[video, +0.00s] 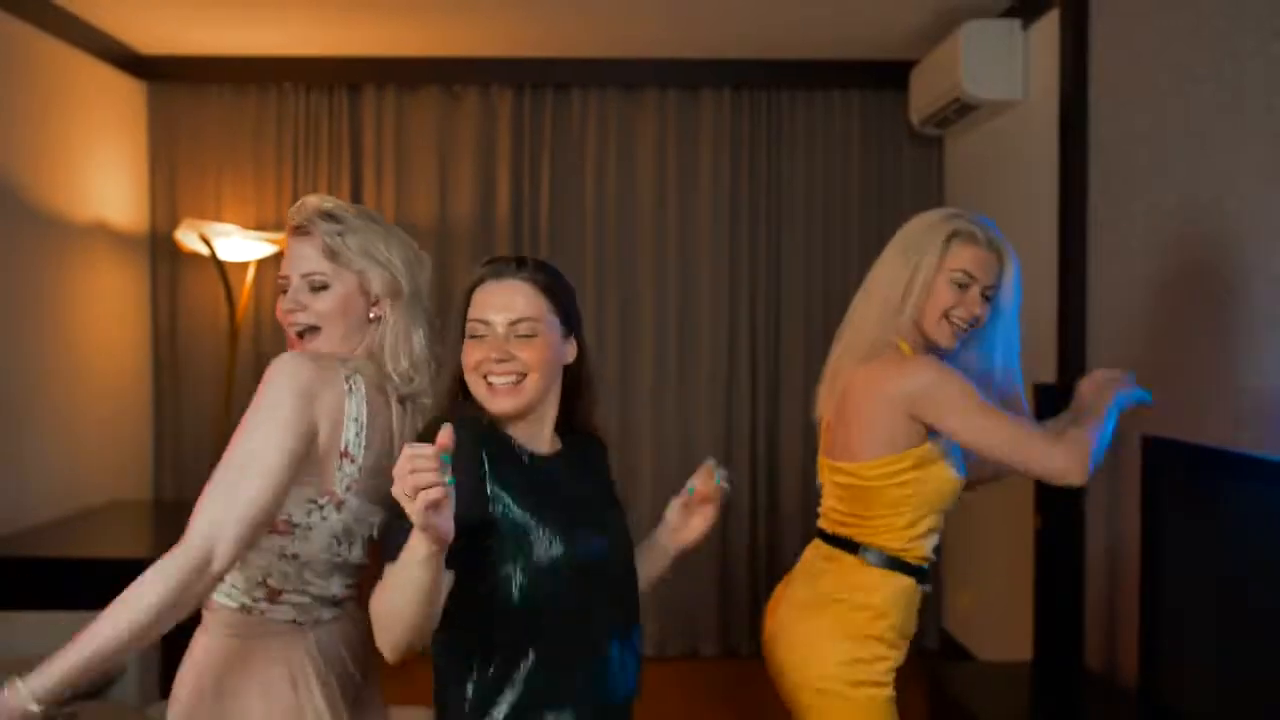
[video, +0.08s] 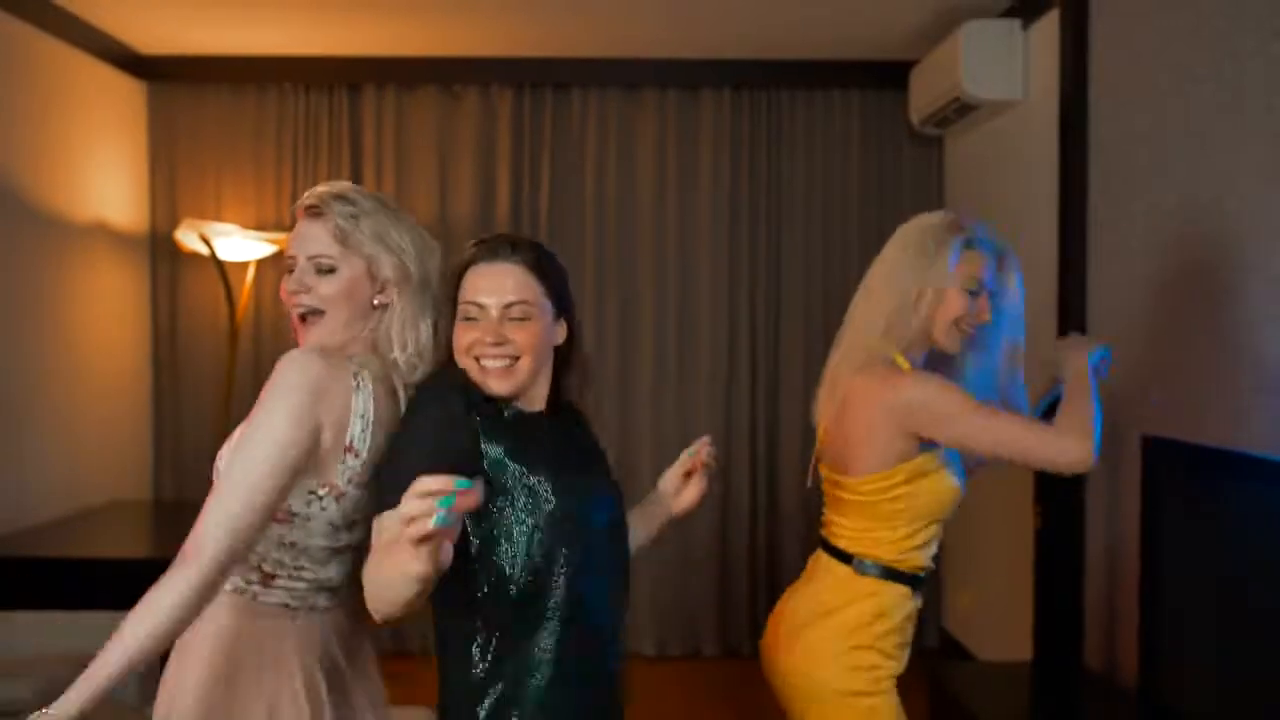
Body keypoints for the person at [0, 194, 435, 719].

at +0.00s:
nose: (290, 306)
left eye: (317, 286)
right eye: (286, 287)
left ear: (379, 300)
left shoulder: (303, 378)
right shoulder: (406, 397)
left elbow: (204, 555)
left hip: (251, 659)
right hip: (345, 651)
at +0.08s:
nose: (293, 286)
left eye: (323, 267)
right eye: (292, 268)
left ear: (384, 287)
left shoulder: (309, 377)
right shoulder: (405, 385)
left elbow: (199, 567)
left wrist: (72, 703)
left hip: (246, 647)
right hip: (339, 639)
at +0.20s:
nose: (294, 301)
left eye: (325, 282)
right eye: (289, 280)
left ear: (387, 304)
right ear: (279, 289)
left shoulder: (318, 432)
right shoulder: (384, 422)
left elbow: (223, 634)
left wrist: (60, 684)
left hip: (266, 673)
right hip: (329, 660)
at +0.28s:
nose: (297, 324)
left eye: (326, 305)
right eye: (288, 303)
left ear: (384, 324)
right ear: (276, 309)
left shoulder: (308, 436)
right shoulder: (388, 434)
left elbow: (216, 642)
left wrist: (40, 631)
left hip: (256, 695)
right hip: (332, 691)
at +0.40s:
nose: (301, 318)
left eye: (330, 299)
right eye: (290, 297)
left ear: (386, 318)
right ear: (278, 304)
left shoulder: (306, 410)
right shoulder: (402, 420)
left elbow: (214, 608)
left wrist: (40, 564)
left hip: (254, 672)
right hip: (338, 669)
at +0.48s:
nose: (301, 291)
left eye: (331, 272)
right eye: (291, 271)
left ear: (385, 294)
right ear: (277, 279)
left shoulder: (304, 370)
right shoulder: (388, 385)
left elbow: (214, 560)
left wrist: (31, 573)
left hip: (251, 647)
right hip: (323, 640)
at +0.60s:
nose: (299, 282)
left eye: (328, 262)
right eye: (293, 261)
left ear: (386, 283)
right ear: (281, 270)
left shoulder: (306, 383)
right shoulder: (403, 389)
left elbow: (181, 571)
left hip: (249, 646)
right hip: (333, 640)